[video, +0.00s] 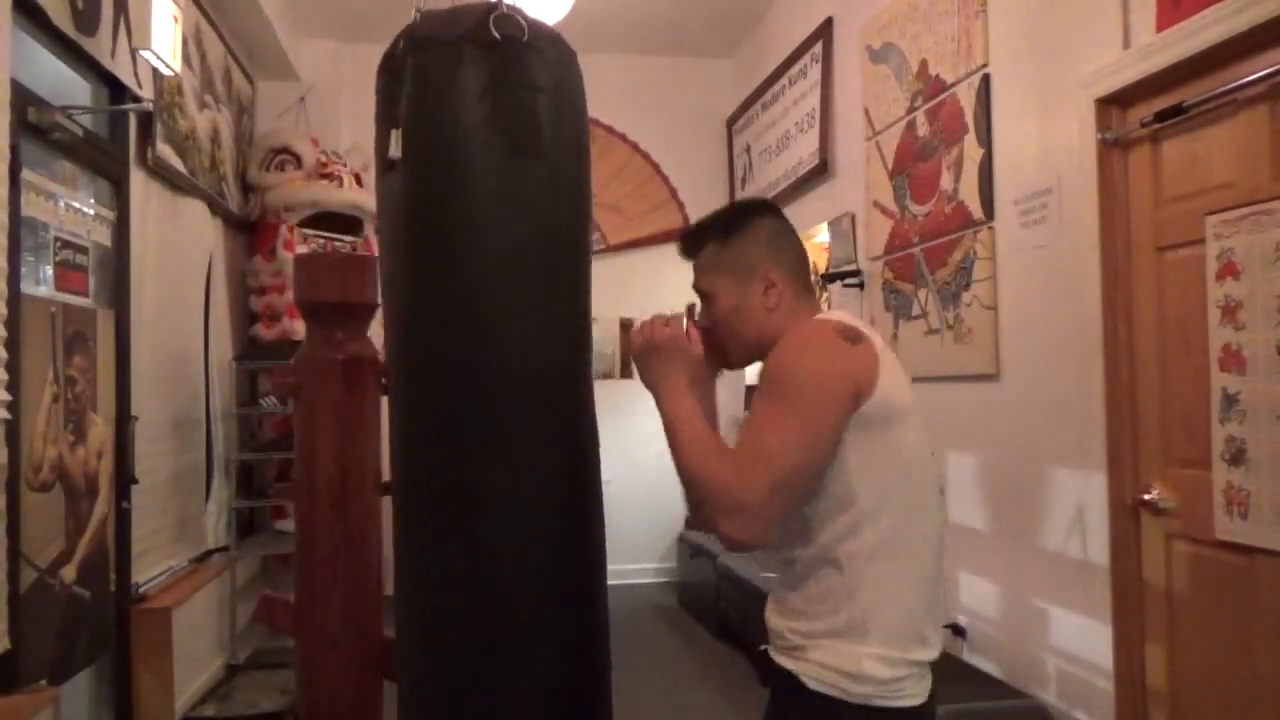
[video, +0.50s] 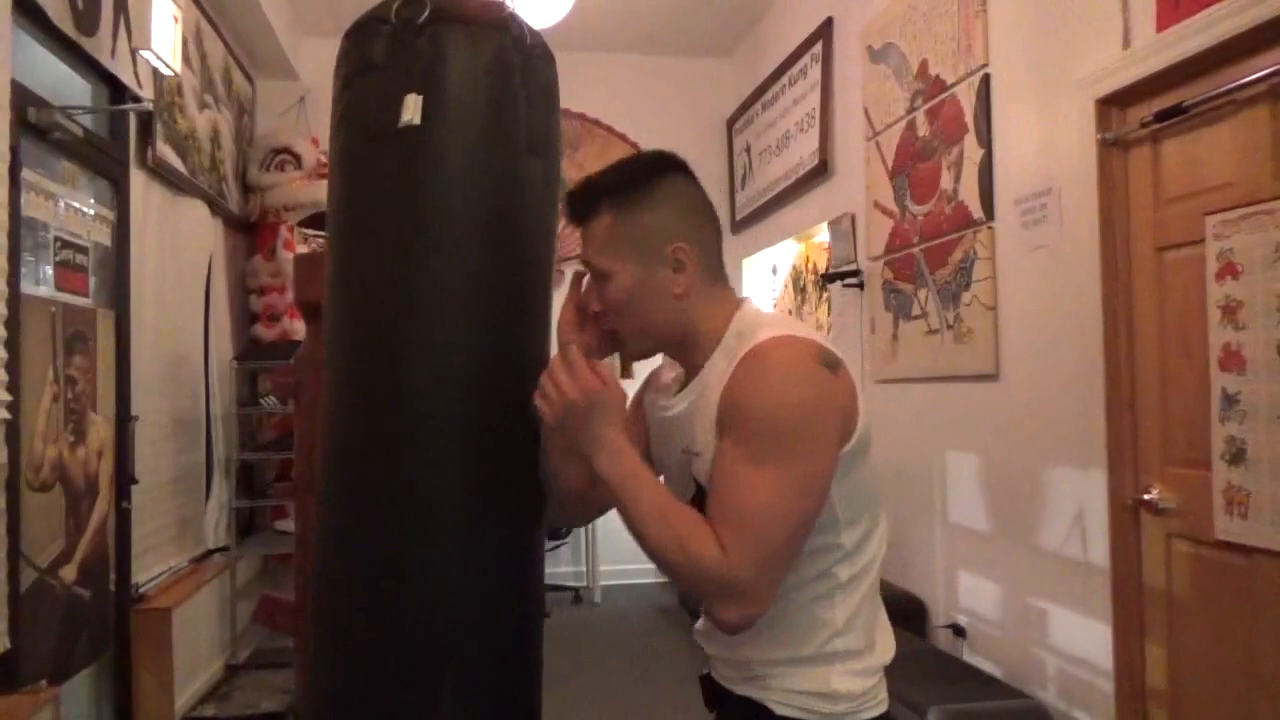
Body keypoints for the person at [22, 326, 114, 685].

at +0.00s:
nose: (71, 392)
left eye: (77, 383)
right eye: (65, 385)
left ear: (90, 386)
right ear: (60, 393)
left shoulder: (105, 432)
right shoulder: (61, 441)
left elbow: (105, 501)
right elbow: (37, 481)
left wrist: (75, 562)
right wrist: (45, 401)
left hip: (104, 553)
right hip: (73, 554)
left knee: (104, 633)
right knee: (68, 632)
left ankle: (105, 695)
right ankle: (58, 690)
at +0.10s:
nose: (70, 394)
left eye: (76, 384)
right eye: (65, 386)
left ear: (90, 386)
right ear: (59, 394)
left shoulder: (105, 432)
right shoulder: (62, 441)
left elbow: (105, 501)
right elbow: (37, 480)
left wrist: (76, 562)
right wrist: (46, 402)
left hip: (105, 553)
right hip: (74, 554)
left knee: (104, 633)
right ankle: (57, 690)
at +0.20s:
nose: (70, 394)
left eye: (76, 384)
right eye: (65, 386)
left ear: (90, 386)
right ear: (60, 393)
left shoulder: (105, 432)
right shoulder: (62, 441)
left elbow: (105, 501)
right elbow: (37, 481)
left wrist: (75, 561)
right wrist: (46, 402)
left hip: (104, 554)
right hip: (73, 554)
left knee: (103, 633)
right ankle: (57, 690)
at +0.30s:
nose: (70, 392)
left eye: (75, 382)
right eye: (64, 384)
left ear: (90, 385)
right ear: (60, 391)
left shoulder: (105, 432)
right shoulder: (62, 441)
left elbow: (105, 501)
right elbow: (37, 480)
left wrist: (75, 562)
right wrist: (46, 401)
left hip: (105, 554)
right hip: (74, 554)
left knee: (104, 633)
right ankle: (58, 690)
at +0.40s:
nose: (70, 392)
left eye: (76, 382)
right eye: (65, 384)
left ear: (91, 385)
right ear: (60, 390)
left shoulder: (105, 433)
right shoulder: (62, 441)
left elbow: (105, 501)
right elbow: (37, 480)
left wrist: (75, 562)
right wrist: (45, 401)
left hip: (105, 553)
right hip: (74, 554)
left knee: (104, 633)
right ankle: (57, 691)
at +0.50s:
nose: (71, 391)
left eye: (77, 382)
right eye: (65, 382)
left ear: (92, 383)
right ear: (59, 388)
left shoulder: (104, 430)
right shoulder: (62, 438)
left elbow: (105, 499)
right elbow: (37, 480)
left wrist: (76, 561)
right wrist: (45, 402)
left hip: (102, 550)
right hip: (72, 549)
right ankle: (53, 687)